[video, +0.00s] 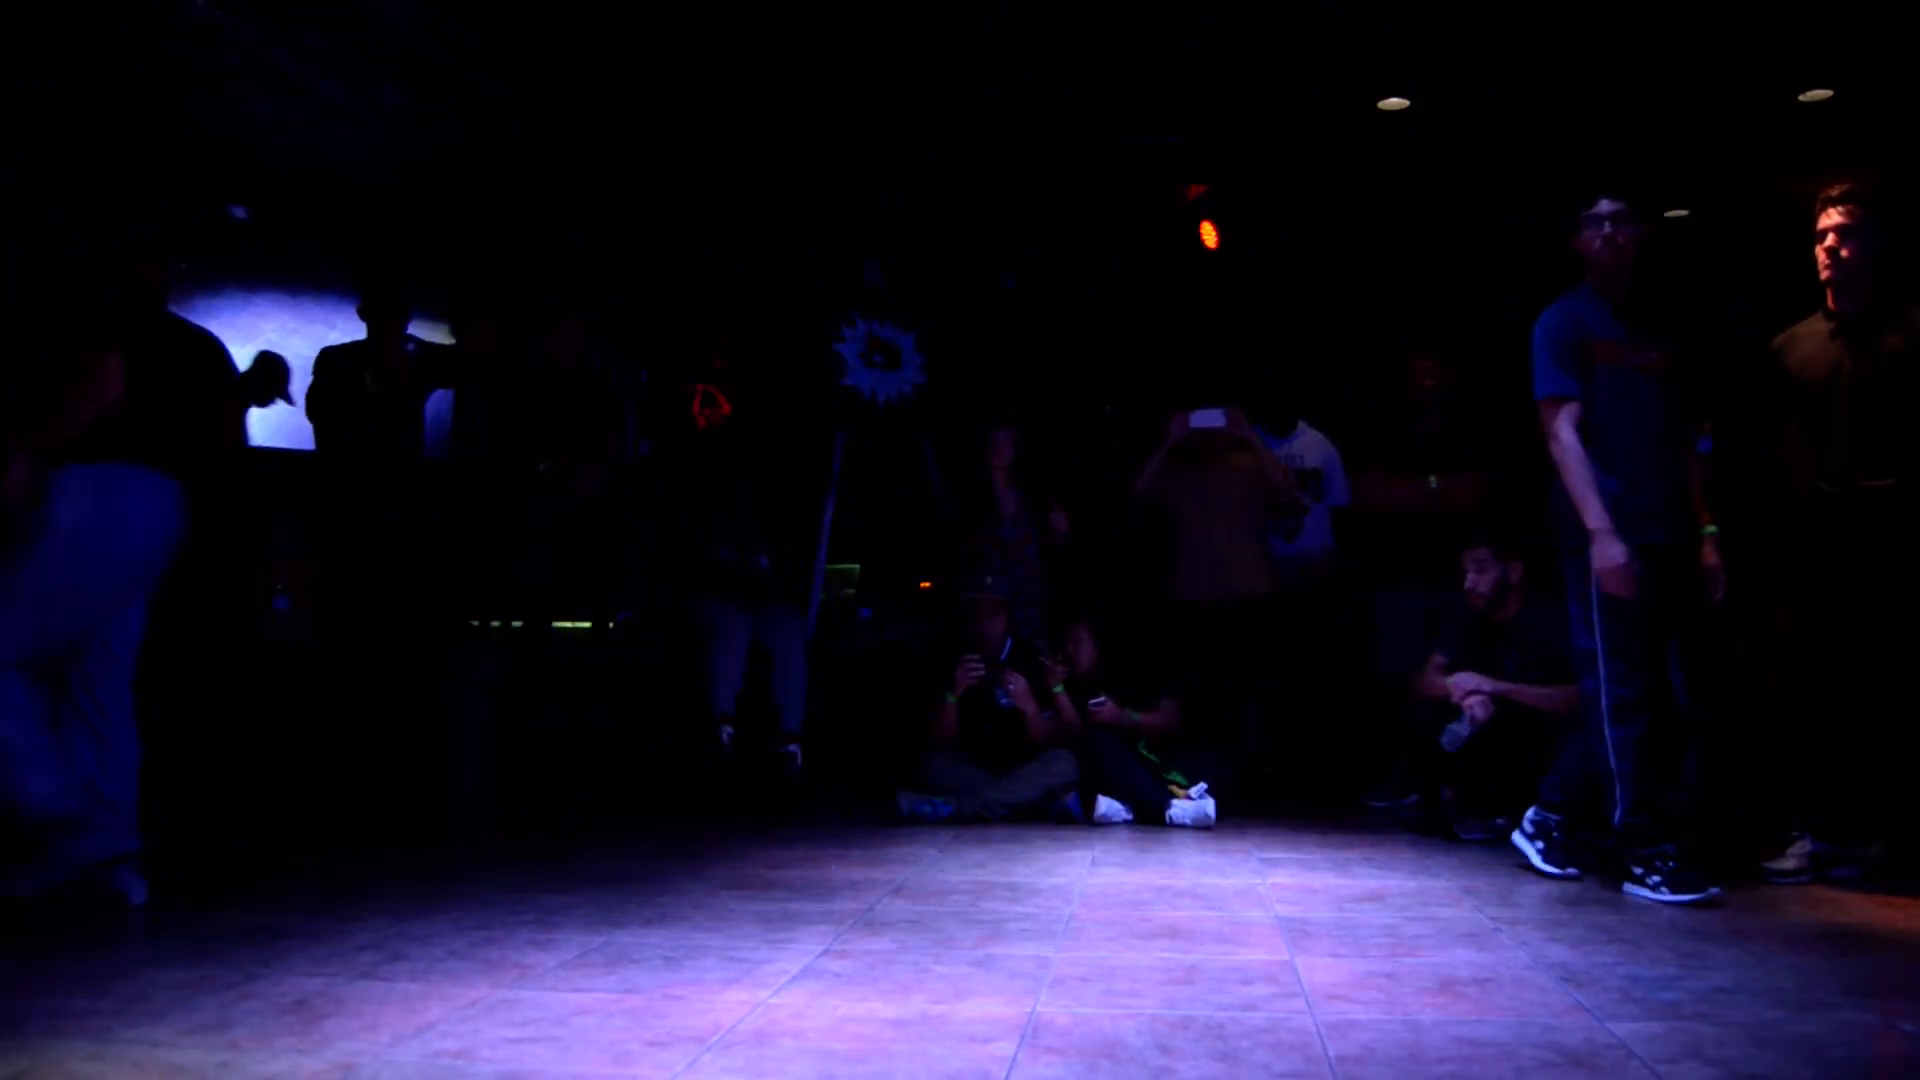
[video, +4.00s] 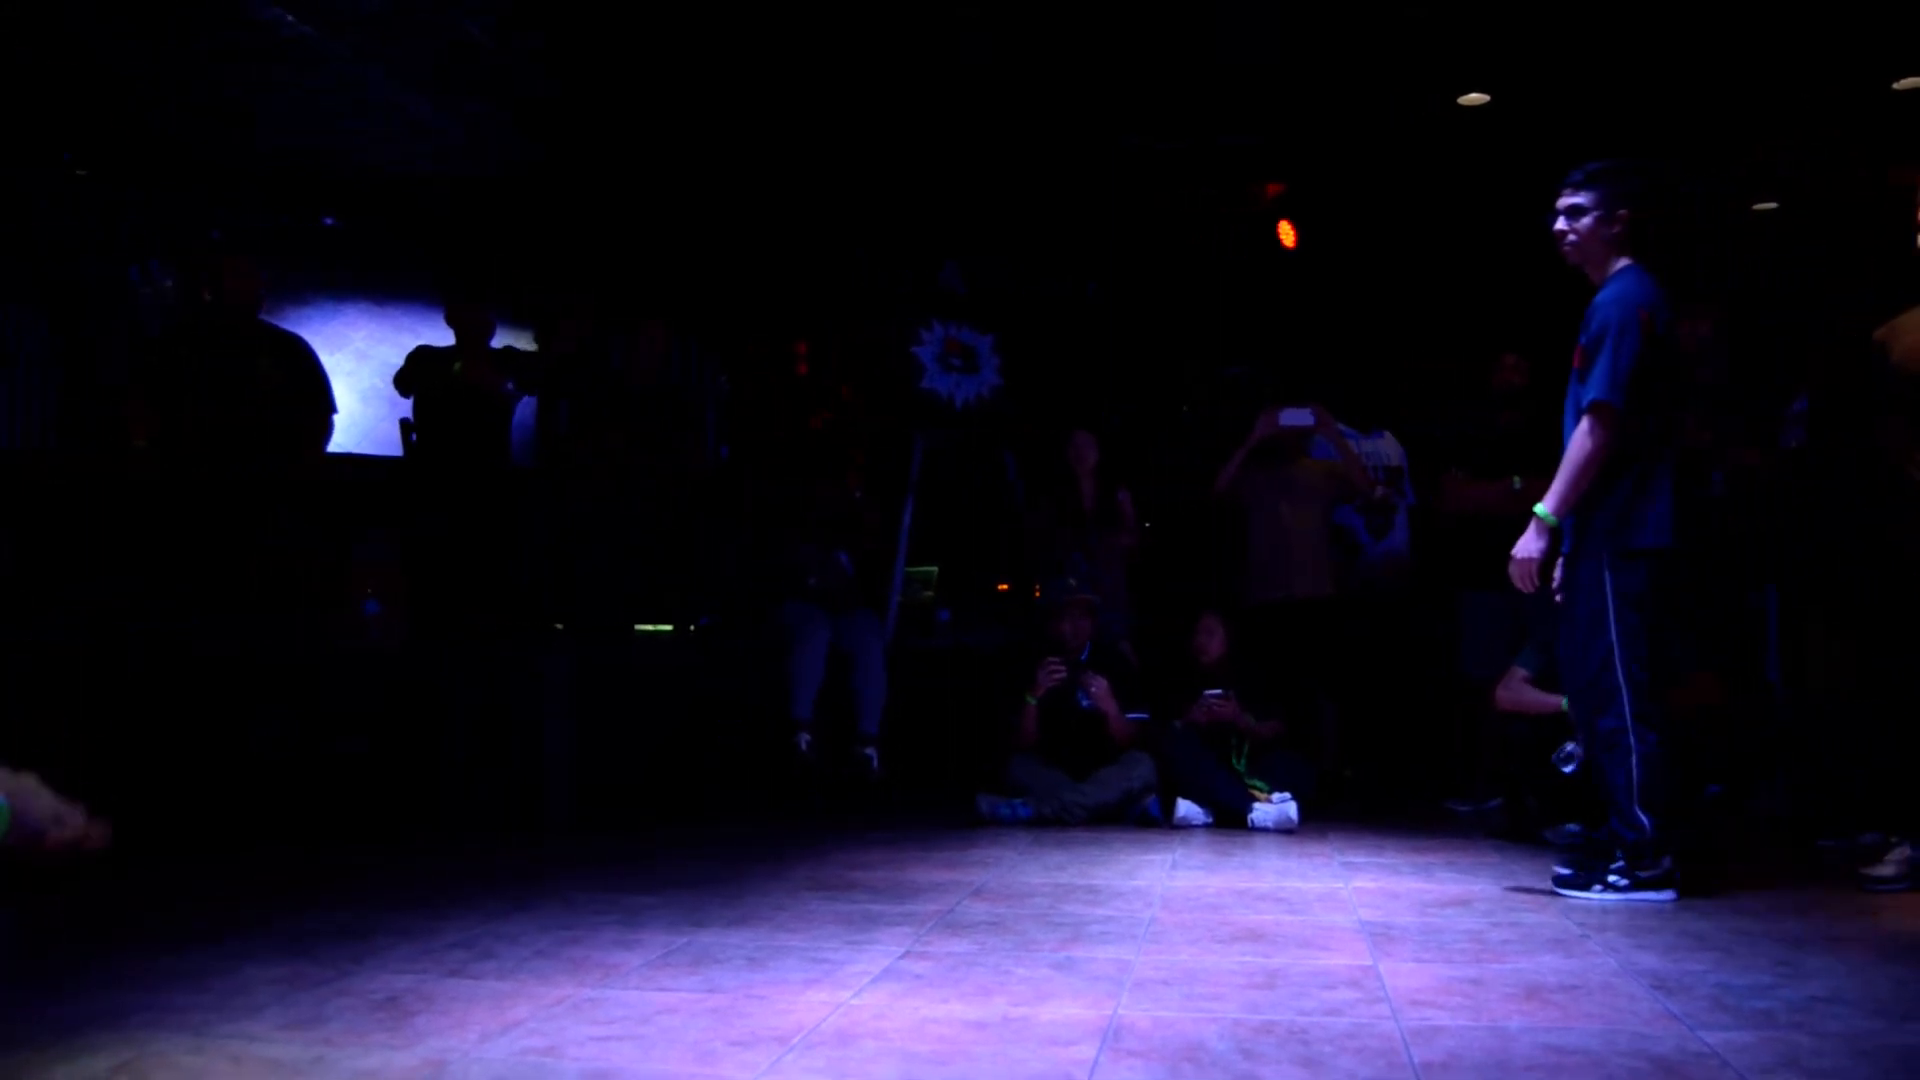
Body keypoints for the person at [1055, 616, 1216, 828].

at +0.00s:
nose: (1072, 651)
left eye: (1079, 642)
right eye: (1068, 644)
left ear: (1097, 644)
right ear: (1062, 650)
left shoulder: (1126, 680)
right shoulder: (1071, 685)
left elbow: (1167, 721)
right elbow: (1076, 730)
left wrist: (1119, 716)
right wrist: (1056, 687)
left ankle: (1127, 808)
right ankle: (1169, 806)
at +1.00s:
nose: (1074, 650)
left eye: (1081, 641)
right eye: (1070, 643)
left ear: (1099, 644)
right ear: (1064, 649)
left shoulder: (1125, 680)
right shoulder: (1071, 685)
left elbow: (1166, 724)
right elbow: (1075, 729)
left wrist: (1122, 719)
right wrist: (1058, 688)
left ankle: (1126, 807)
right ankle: (1168, 806)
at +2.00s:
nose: (1103, 641)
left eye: (1110, 633)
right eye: (1099, 633)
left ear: (1127, 637)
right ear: (1091, 639)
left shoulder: (1147, 675)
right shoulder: (1088, 679)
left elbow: (1184, 723)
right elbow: (1080, 733)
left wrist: (1143, 717)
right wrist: (1068, 703)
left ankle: (1130, 808)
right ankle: (1170, 808)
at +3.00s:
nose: (1178, 642)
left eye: (1188, 634)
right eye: (1174, 635)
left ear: (1204, 638)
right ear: (1166, 641)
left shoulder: (1226, 678)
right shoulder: (1158, 679)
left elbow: (1249, 731)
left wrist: (1213, 717)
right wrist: (1156, 718)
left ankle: (1183, 811)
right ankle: (1223, 812)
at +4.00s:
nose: (1203, 642)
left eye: (1211, 634)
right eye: (1199, 634)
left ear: (1227, 638)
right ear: (1191, 639)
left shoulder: (1245, 676)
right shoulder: (1185, 678)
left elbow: (1273, 729)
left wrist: (1237, 717)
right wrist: (1193, 718)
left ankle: (1211, 811)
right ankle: (1251, 809)